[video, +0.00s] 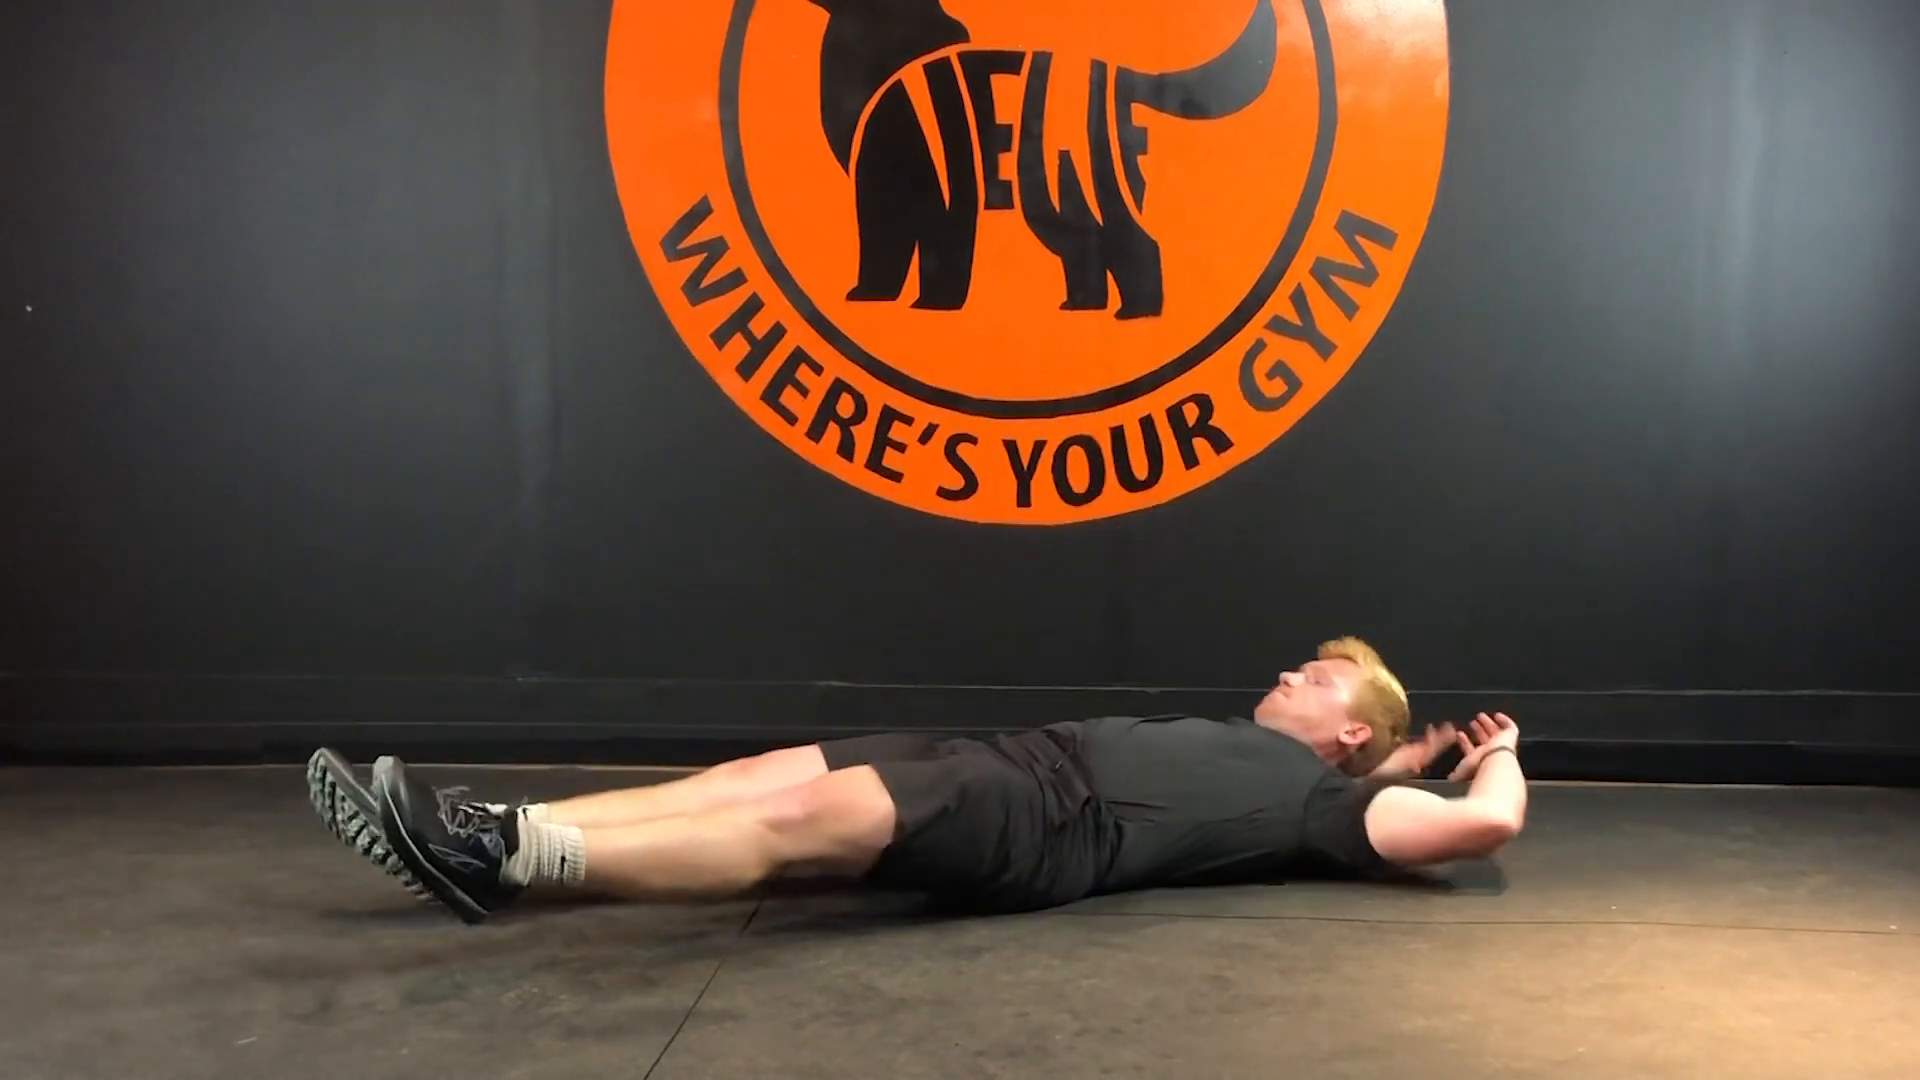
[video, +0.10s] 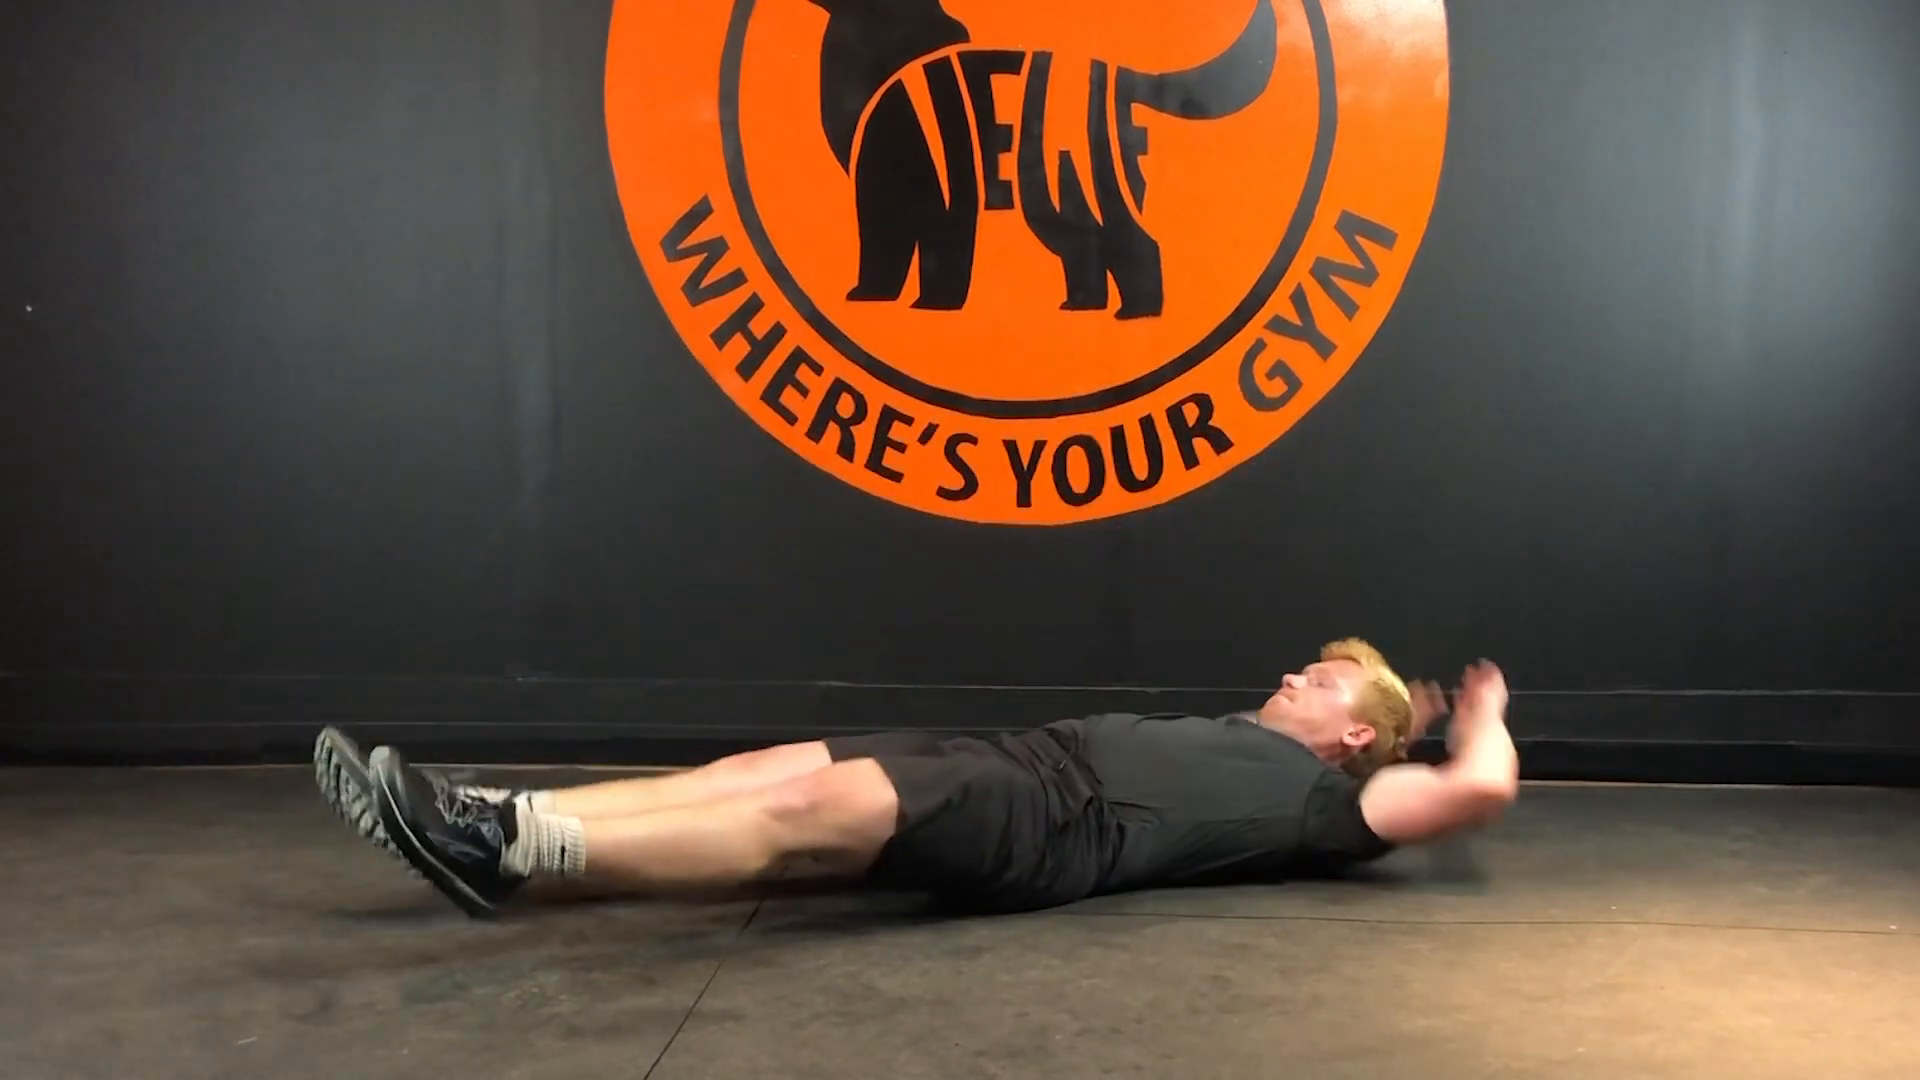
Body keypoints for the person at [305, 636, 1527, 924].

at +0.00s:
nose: (1293, 675)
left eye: (1321, 679)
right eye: (1300, 665)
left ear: (1359, 728)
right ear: (1290, 690)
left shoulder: (1330, 793)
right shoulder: (1214, 737)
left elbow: (1482, 830)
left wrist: (1488, 771)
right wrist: (1426, 754)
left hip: (1049, 800)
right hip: (975, 745)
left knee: (812, 803)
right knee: (759, 775)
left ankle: (501, 848)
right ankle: (492, 857)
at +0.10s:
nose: (1296, 682)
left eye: (1327, 686)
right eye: (1301, 672)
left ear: (1363, 734)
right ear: (1289, 693)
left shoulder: (1332, 796)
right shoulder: (1222, 739)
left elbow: (1478, 790)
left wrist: (1480, 718)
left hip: (1055, 800)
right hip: (978, 748)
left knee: (816, 796)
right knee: (765, 770)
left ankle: (505, 837)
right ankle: (498, 846)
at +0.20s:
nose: (1300, 670)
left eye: (1325, 671)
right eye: (1299, 657)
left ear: (1351, 716)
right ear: (1273, 683)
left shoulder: (1308, 787)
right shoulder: (1218, 736)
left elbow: (1392, 697)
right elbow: (1172, 651)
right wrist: (1280, 567)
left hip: (1049, 813)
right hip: (998, 767)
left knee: (818, 765)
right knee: (770, 741)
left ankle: (520, 805)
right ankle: (493, 781)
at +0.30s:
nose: (1275, 625)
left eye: (1299, 628)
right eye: (1277, 613)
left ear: (1333, 682)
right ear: (1262, 626)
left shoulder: (1294, 748)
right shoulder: (1191, 703)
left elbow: (1262, 677)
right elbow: (1093, 611)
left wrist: (1147, 529)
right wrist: (1109, 495)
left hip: (1045, 828)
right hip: (997, 791)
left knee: (809, 706)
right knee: (774, 685)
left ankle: (536, 735)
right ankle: (516, 707)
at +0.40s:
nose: (1207, 589)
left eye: (1236, 581)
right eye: (1214, 572)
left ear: (1289, 624)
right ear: (1219, 593)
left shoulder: (1271, 704)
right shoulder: (1161, 660)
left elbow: (1163, 640)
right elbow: (1033, 591)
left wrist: (1041, 531)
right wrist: (995, 476)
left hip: (1040, 833)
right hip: (973, 807)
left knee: (848, 649)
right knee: (808, 624)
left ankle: (564, 633)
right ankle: (541, 616)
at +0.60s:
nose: (1107, 500)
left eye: (1139, 488)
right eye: (1116, 480)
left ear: (1198, 528)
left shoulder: (1199, 613)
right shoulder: (1070, 578)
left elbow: (1073, 539)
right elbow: (948, 517)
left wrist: (933, 423)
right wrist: (855, 413)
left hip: (1019, 830)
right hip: (930, 822)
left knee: (952, 570)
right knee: (903, 559)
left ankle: (711, 443)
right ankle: (692, 444)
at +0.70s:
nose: (1098, 490)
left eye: (1129, 476)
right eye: (1108, 472)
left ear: (1188, 516)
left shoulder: (1192, 598)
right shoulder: (1062, 567)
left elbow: (1058, 527)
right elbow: (932, 508)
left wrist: (916, 411)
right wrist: (828, 406)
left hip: (1028, 829)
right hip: (937, 824)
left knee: (966, 567)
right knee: (908, 562)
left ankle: (737, 437)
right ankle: (716, 440)